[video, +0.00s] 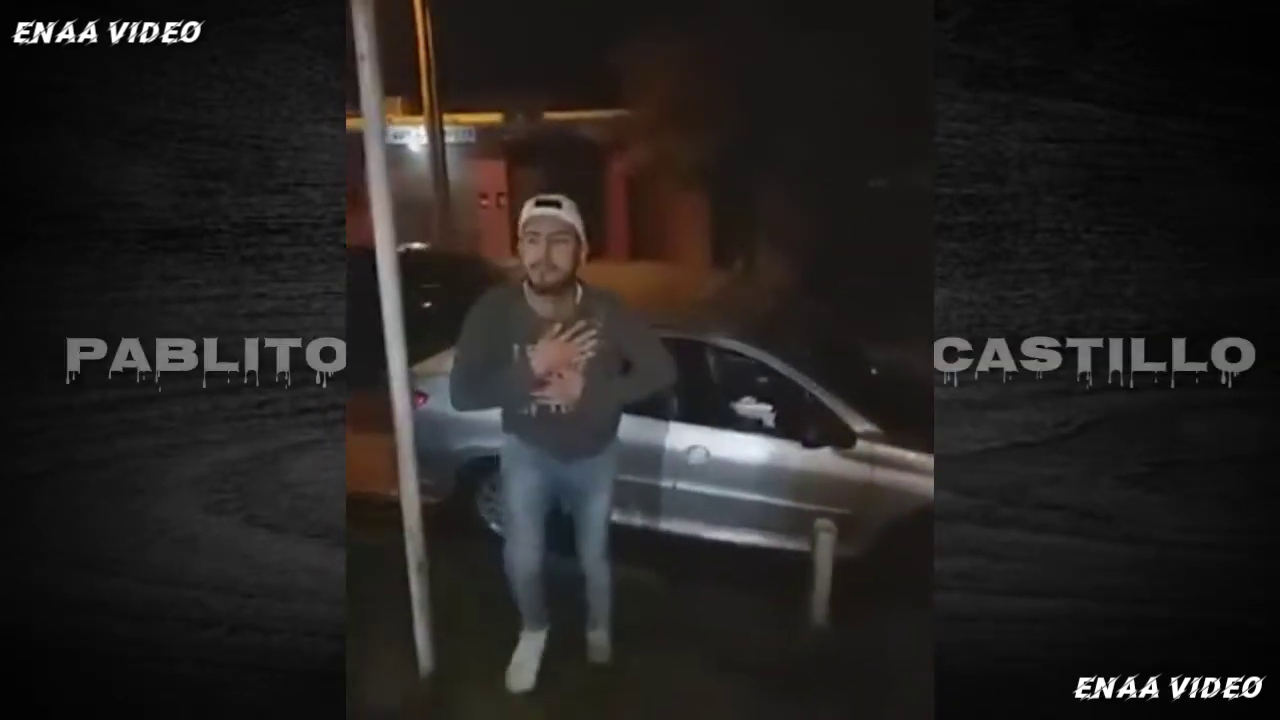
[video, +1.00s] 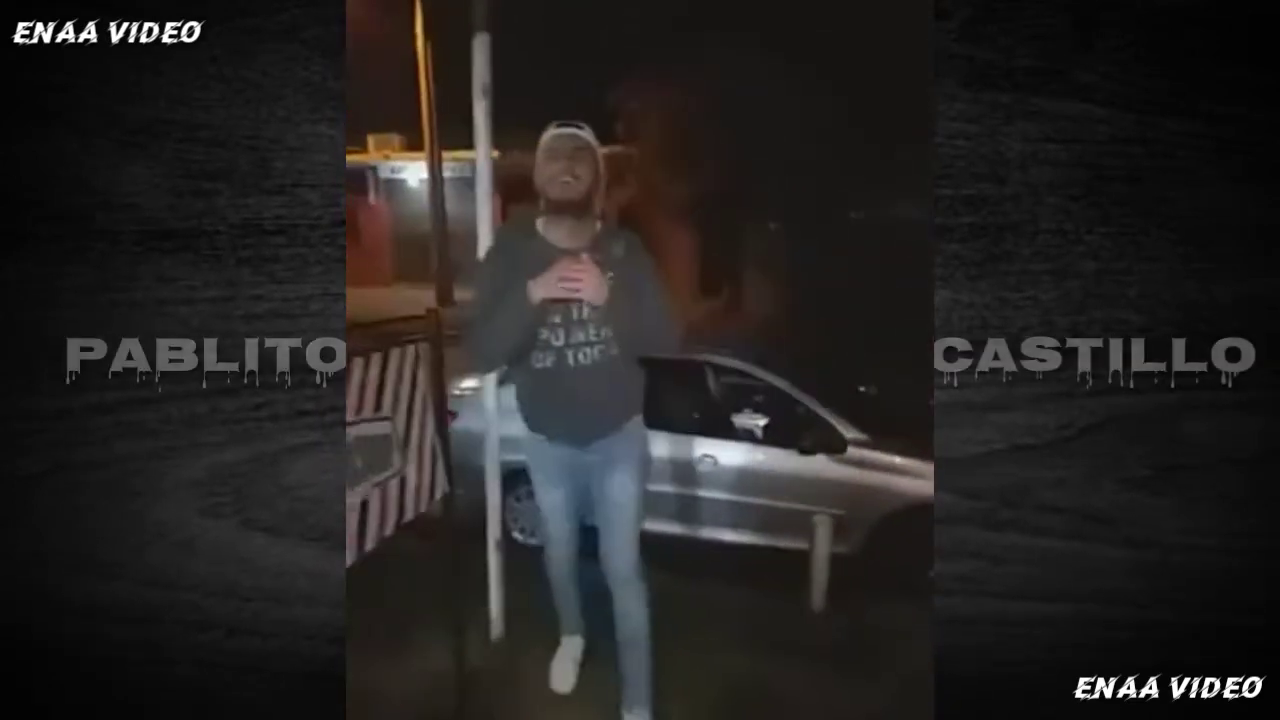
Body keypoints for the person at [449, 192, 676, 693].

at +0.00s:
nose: (543, 256)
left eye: (557, 243)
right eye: (533, 241)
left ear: (579, 253)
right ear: (518, 250)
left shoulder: (605, 311)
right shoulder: (495, 311)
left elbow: (661, 371)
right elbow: (464, 394)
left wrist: (594, 390)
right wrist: (532, 367)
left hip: (591, 454)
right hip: (525, 452)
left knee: (593, 557)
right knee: (522, 560)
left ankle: (599, 632)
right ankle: (533, 629)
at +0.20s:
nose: (502, 255)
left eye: (516, 242)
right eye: (491, 243)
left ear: (542, 249)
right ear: (480, 252)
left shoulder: (581, 305)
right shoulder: (468, 315)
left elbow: (646, 362)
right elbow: (452, 410)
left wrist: (575, 387)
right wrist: (509, 376)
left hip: (584, 453)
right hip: (517, 456)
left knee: (590, 544)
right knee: (517, 561)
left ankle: (598, 612)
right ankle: (523, 651)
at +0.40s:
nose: (461, 243)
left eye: (476, 229)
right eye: (449, 233)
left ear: (505, 239)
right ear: (438, 247)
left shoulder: (556, 301)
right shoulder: (433, 327)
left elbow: (621, 357)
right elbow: (436, 424)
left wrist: (552, 390)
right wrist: (480, 376)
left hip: (567, 455)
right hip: (497, 461)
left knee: (576, 550)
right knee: (502, 582)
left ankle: (585, 608)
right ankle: (516, 661)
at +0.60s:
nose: (466, 187)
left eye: (479, 174)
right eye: (456, 176)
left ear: (505, 183)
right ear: (444, 188)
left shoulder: (551, 256)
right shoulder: (433, 271)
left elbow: (608, 333)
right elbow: (420, 375)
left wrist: (533, 343)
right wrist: (472, 321)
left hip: (562, 434)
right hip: (492, 438)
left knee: (566, 554)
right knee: (502, 564)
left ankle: (564, 581)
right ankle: (519, 646)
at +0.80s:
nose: (522, 157)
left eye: (534, 146)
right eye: (510, 147)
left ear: (557, 160)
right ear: (493, 165)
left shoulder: (588, 237)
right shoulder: (478, 243)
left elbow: (633, 325)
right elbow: (452, 344)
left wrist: (567, 306)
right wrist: (505, 292)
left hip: (592, 418)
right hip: (521, 421)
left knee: (596, 555)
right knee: (535, 548)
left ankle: (585, 610)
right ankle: (549, 639)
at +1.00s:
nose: (566, 168)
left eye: (578, 158)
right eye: (554, 158)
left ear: (597, 173)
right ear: (535, 172)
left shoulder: (623, 248)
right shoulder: (512, 250)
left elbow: (663, 339)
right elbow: (483, 349)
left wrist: (608, 297)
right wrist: (530, 295)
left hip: (618, 433)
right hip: (546, 436)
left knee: (622, 569)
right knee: (559, 556)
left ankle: (638, 707)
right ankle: (571, 637)